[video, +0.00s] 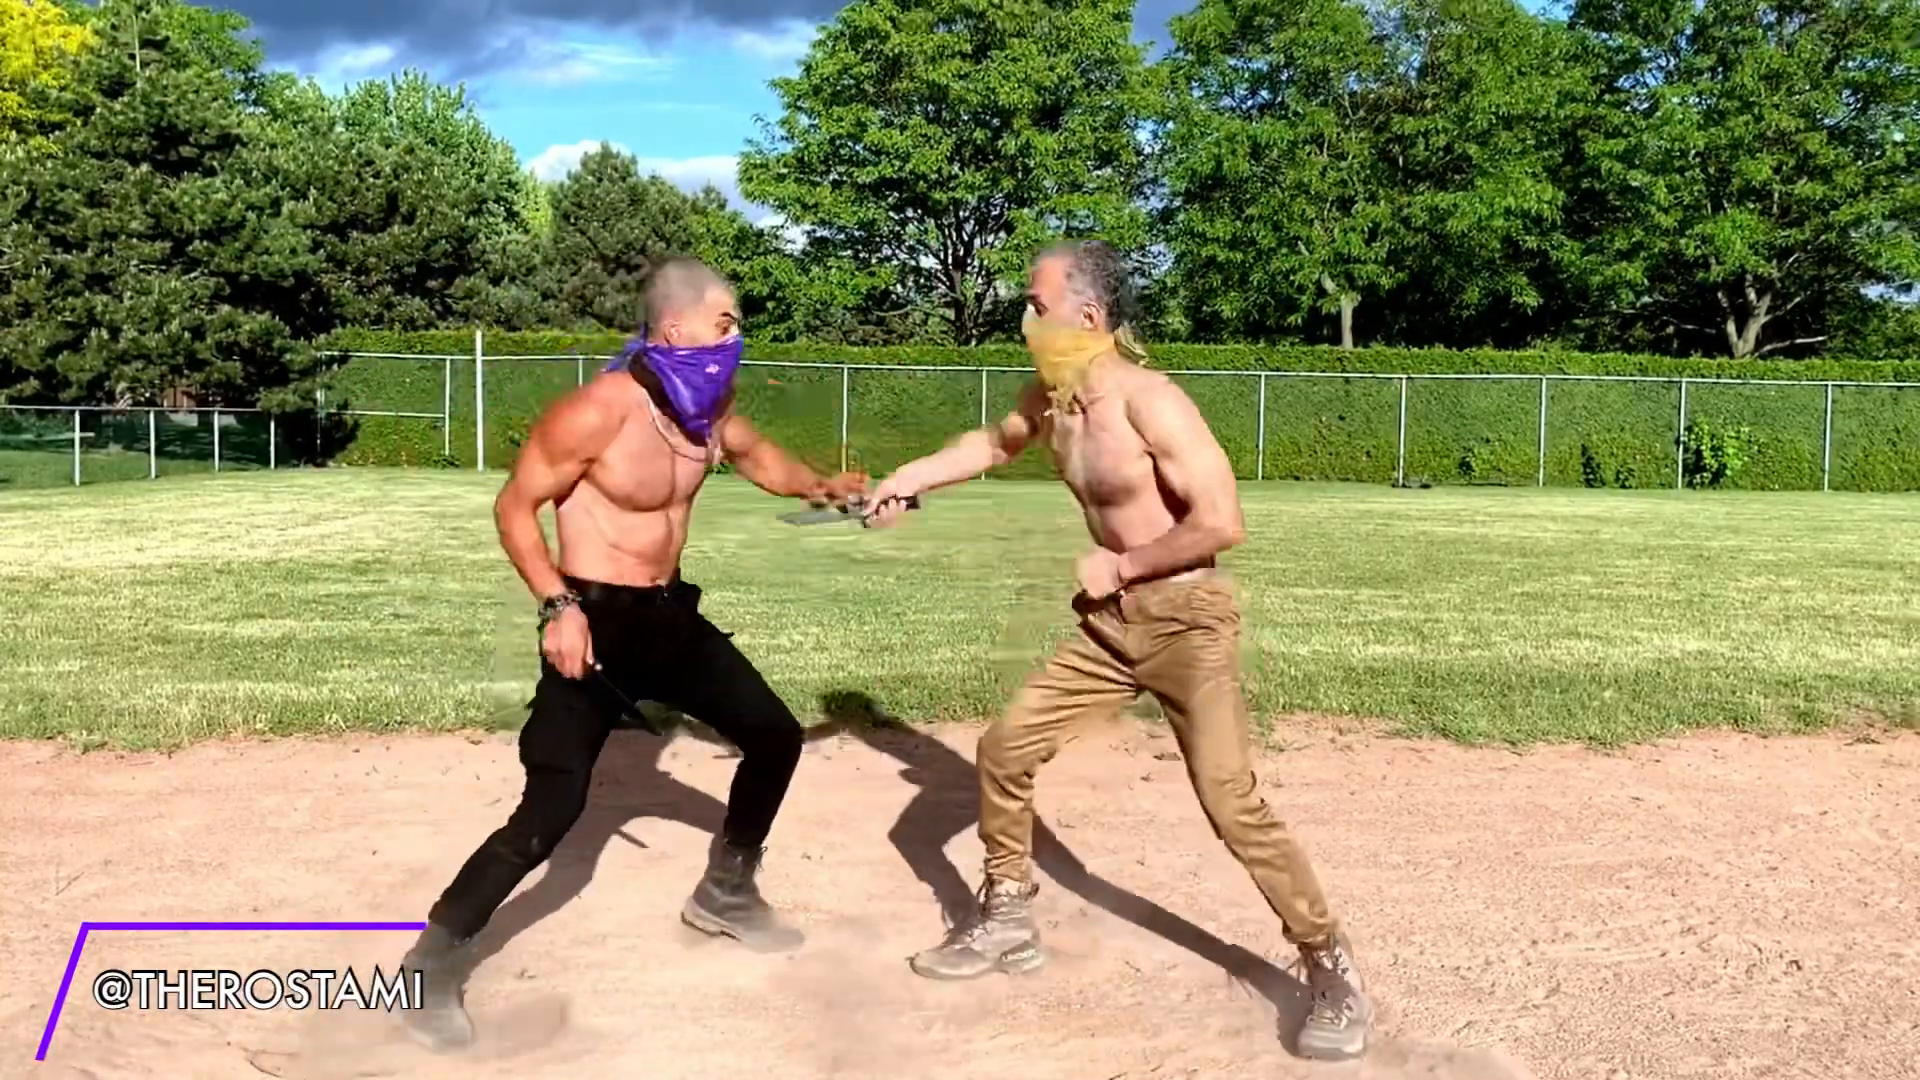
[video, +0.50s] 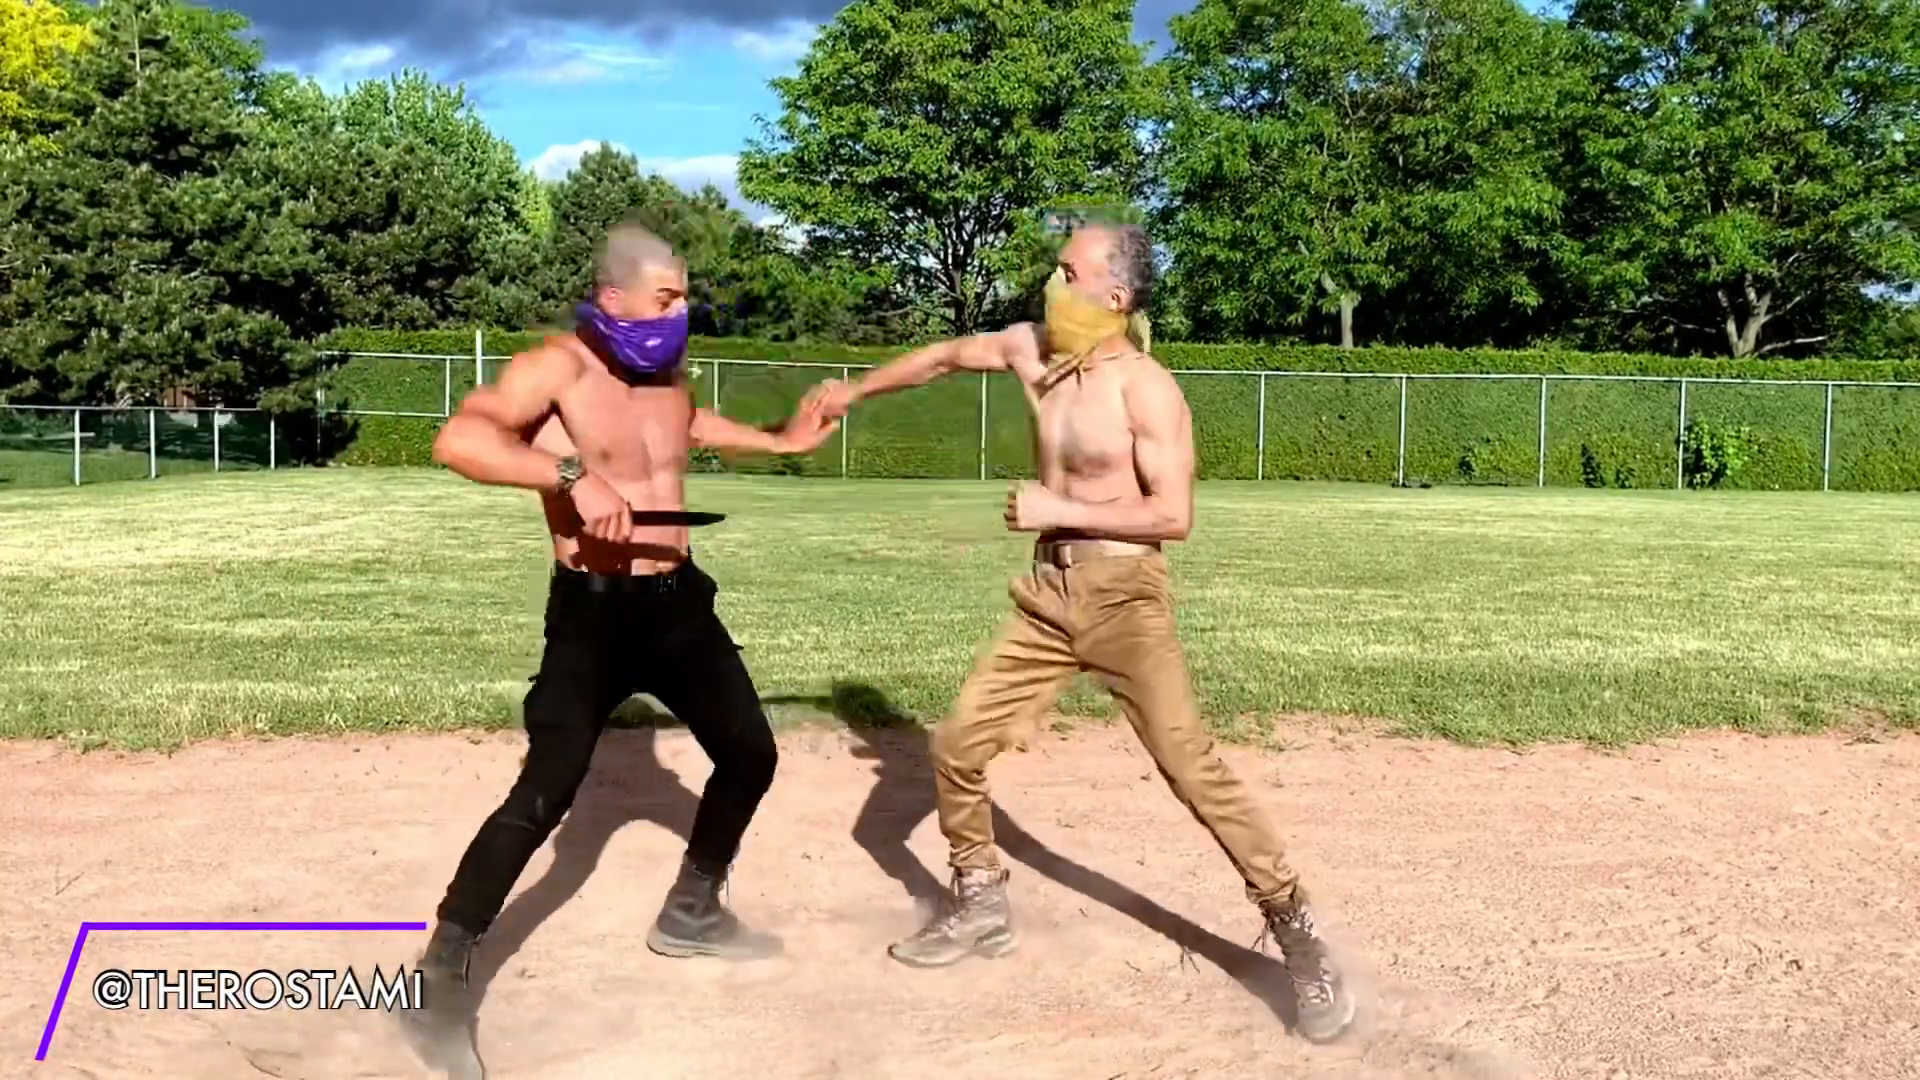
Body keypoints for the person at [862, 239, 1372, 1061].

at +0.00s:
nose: (1027, 320)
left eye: (1038, 306)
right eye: (1027, 306)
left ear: (1090, 310)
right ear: (1070, 312)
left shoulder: (1150, 398)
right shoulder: (1050, 400)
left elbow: (1221, 523)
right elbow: (993, 443)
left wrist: (1122, 563)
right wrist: (910, 477)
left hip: (1189, 618)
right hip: (1109, 621)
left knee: (1229, 799)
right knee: (1005, 750)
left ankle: (1329, 968)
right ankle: (1006, 918)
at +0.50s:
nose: (1054, 276)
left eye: (1070, 267)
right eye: (1058, 263)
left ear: (1116, 290)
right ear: (1083, 284)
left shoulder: (1147, 386)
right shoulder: (1034, 350)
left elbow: (1173, 517)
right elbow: (942, 356)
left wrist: (1058, 510)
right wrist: (852, 390)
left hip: (1129, 600)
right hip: (1049, 595)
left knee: (1188, 764)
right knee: (958, 747)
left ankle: (1298, 936)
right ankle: (978, 905)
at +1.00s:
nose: (1060, 325)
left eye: (1071, 308)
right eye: (1057, 310)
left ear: (1125, 307)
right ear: (1090, 313)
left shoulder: (1197, 385)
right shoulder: (1110, 403)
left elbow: (1185, 511)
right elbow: (1129, 512)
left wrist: (1093, 436)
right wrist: (1082, 574)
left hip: (1214, 612)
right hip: (1132, 607)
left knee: (1258, 797)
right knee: (1033, 755)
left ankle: (1330, 951)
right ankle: (1017, 911)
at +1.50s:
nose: (1045, 322)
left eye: (1058, 308)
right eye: (1044, 309)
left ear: (1111, 309)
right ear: (1078, 316)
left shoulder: (1153, 389)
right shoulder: (1099, 410)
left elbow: (1094, 432)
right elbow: (1088, 506)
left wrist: (1025, 366)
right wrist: (1020, 557)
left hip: (1191, 630)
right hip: (1119, 628)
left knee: (1245, 815)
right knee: (1009, 756)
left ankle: (1344, 948)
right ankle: (984, 913)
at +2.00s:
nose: (1112, 309)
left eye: (1122, 293)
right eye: (1111, 296)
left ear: (1170, 293)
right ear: (1144, 297)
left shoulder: (1232, 382)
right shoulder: (1141, 392)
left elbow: (1209, 470)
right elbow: (1142, 483)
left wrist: (1153, 362)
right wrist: (1062, 511)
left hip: (1236, 613)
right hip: (1162, 609)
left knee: (1249, 802)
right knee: (1052, 750)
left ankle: (1339, 962)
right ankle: (1025, 912)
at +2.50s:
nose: (1071, 346)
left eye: (1080, 329)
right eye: (1066, 332)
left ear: (1130, 321)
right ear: (1098, 331)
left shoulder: (1201, 404)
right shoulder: (1116, 421)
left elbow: (1165, 525)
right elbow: (1141, 526)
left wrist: (1083, 452)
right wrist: (1075, 552)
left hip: (1231, 625)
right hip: (1148, 619)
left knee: (1280, 802)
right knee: (1042, 750)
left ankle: (1363, 950)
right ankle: (1017, 910)